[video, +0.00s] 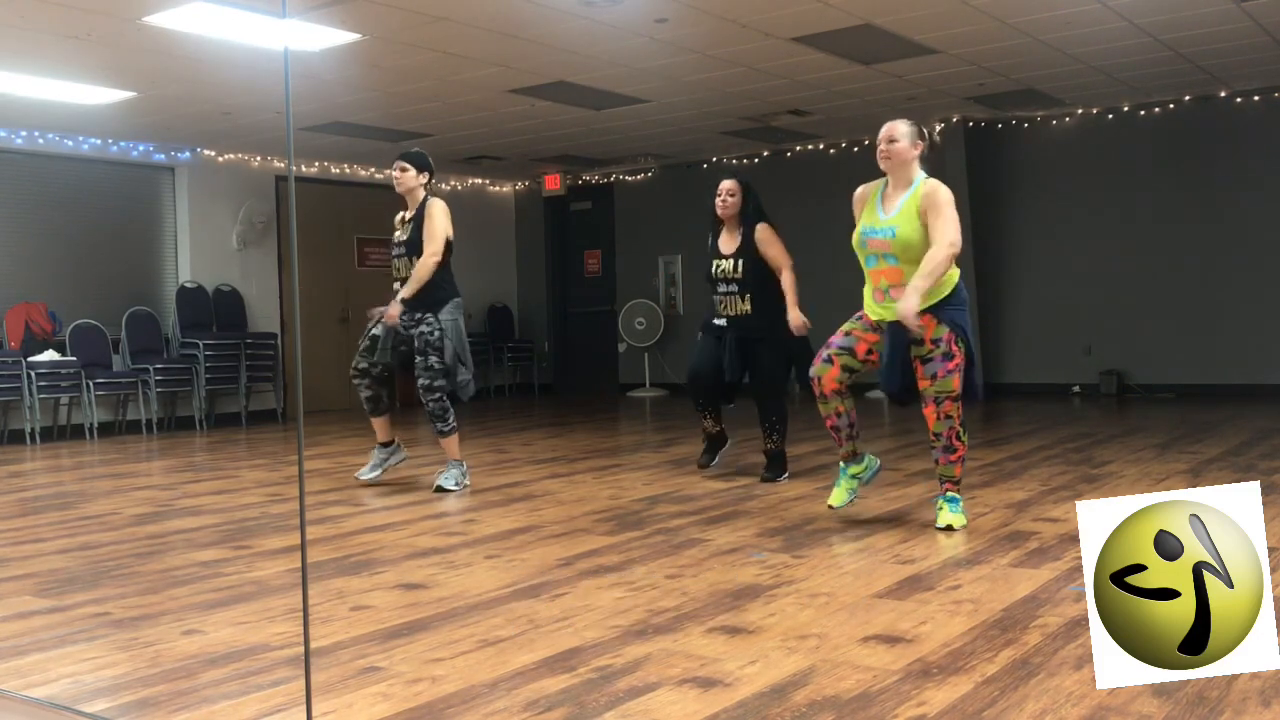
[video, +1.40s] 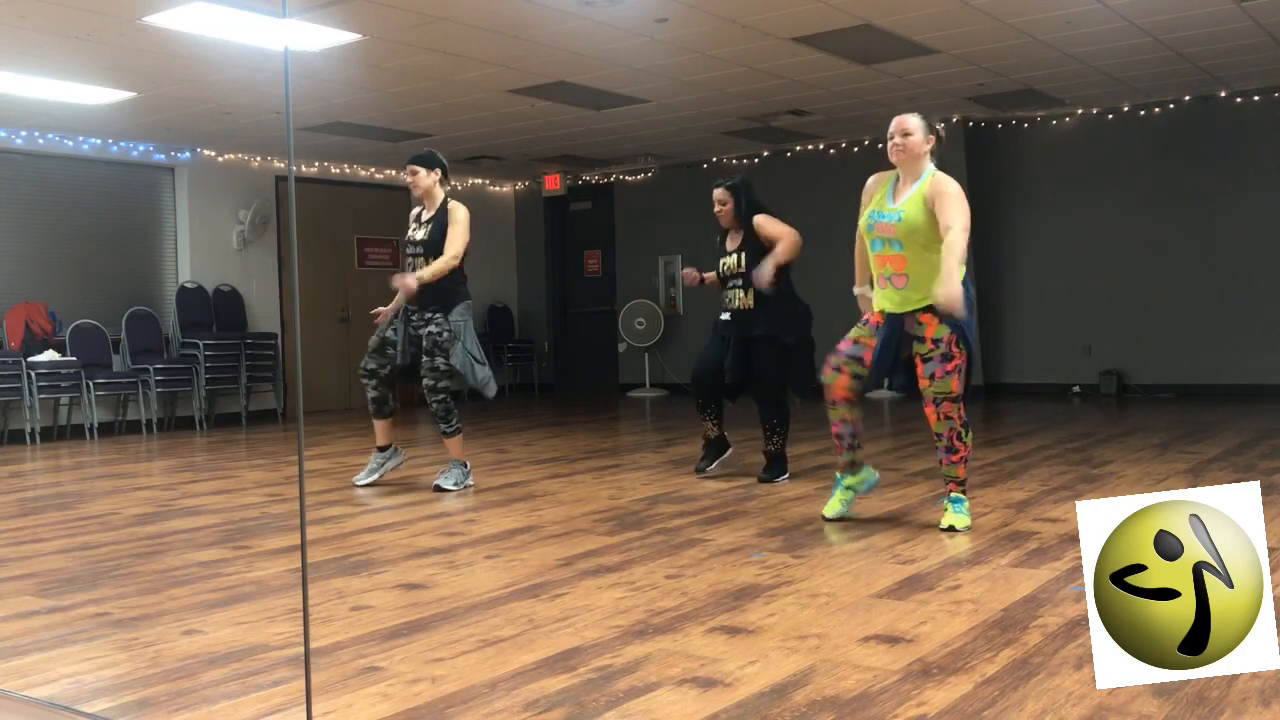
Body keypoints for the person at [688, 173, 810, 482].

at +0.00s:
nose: (722, 199)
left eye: (730, 194)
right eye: (719, 194)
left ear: (744, 201)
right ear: (714, 200)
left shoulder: (759, 231)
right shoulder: (715, 236)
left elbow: (786, 268)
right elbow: (728, 280)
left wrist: (793, 308)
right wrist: (722, 317)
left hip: (763, 329)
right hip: (724, 329)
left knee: (768, 391)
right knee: (700, 377)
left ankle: (775, 458)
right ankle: (715, 436)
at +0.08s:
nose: (723, 195)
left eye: (731, 191)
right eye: (720, 191)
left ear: (745, 197)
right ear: (715, 196)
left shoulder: (764, 230)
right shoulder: (712, 235)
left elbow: (785, 272)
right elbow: (712, 279)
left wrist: (796, 313)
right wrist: (690, 308)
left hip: (763, 328)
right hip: (721, 330)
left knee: (767, 390)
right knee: (706, 383)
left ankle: (776, 459)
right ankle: (718, 449)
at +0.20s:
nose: (723, 195)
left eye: (730, 190)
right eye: (719, 190)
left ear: (744, 197)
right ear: (714, 196)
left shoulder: (761, 231)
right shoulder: (707, 235)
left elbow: (789, 269)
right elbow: (696, 275)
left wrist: (792, 313)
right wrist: (668, 289)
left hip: (759, 329)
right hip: (717, 331)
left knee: (763, 390)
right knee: (716, 390)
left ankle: (775, 460)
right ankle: (723, 457)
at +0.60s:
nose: (719, 199)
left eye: (726, 194)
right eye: (716, 194)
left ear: (742, 198)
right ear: (713, 199)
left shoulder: (762, 235)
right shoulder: (702, 230)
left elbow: (785, 273)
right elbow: (683, 266)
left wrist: (765, 281)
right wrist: (667, 300)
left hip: (754, 330)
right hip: (713, 329)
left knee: (756, 391)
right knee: (718, 392)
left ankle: (773, 458)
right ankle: (723, 458)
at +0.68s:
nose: (722, 203)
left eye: (728, 197)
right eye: (720, 197)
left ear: (747, 199)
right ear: (718, 201)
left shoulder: (766, 236)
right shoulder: (713, 228)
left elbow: (771, 285)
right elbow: (709, 272)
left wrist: (758, 263)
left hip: (755, 331)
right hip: (716, 330)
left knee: (761, 392)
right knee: (720, 392)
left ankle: (774, 460)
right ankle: (723, 457)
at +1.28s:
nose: (721, 205)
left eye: (726, 199)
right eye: (719, 200)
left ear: (744, 197)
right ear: (721, 202)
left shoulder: (764, 220)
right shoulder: (732, 232)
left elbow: (788, 247)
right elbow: (728, 272)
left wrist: (755, 233)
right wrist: (702, 287)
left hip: (768, 325)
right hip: (733, 325)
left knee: (769, 389)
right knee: (711, 381)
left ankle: (776, 461)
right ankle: (718, 451)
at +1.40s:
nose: (717, 209)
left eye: (722, 203)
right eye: (714, 204)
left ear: (740, 203)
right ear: (714, 206)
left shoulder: (758, 223)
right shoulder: (726, 239)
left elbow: (792, 239)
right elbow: (732, 275)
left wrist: (770, 262)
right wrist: (703, 278)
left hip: (768, 326)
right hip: (733, 326)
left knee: (769, 390)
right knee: (704, 377)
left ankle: (776, 460)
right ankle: (715, 442)